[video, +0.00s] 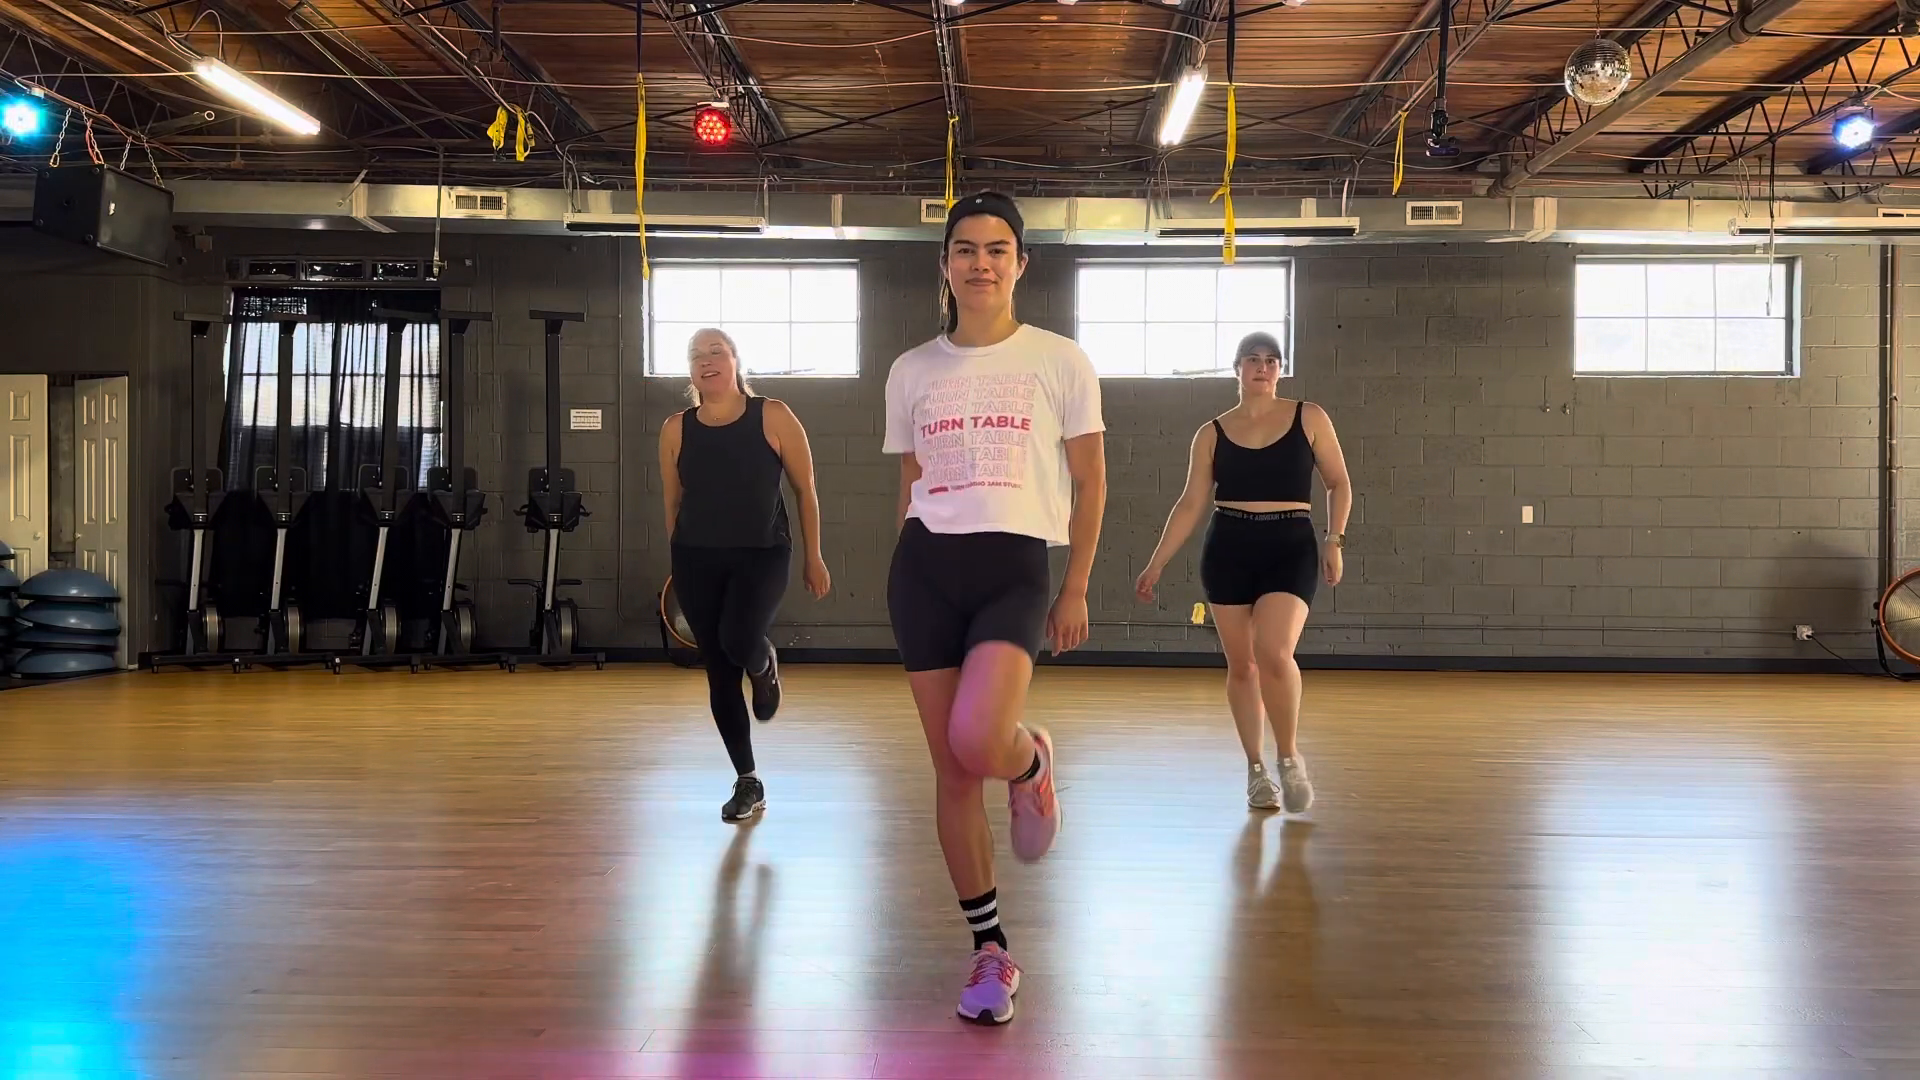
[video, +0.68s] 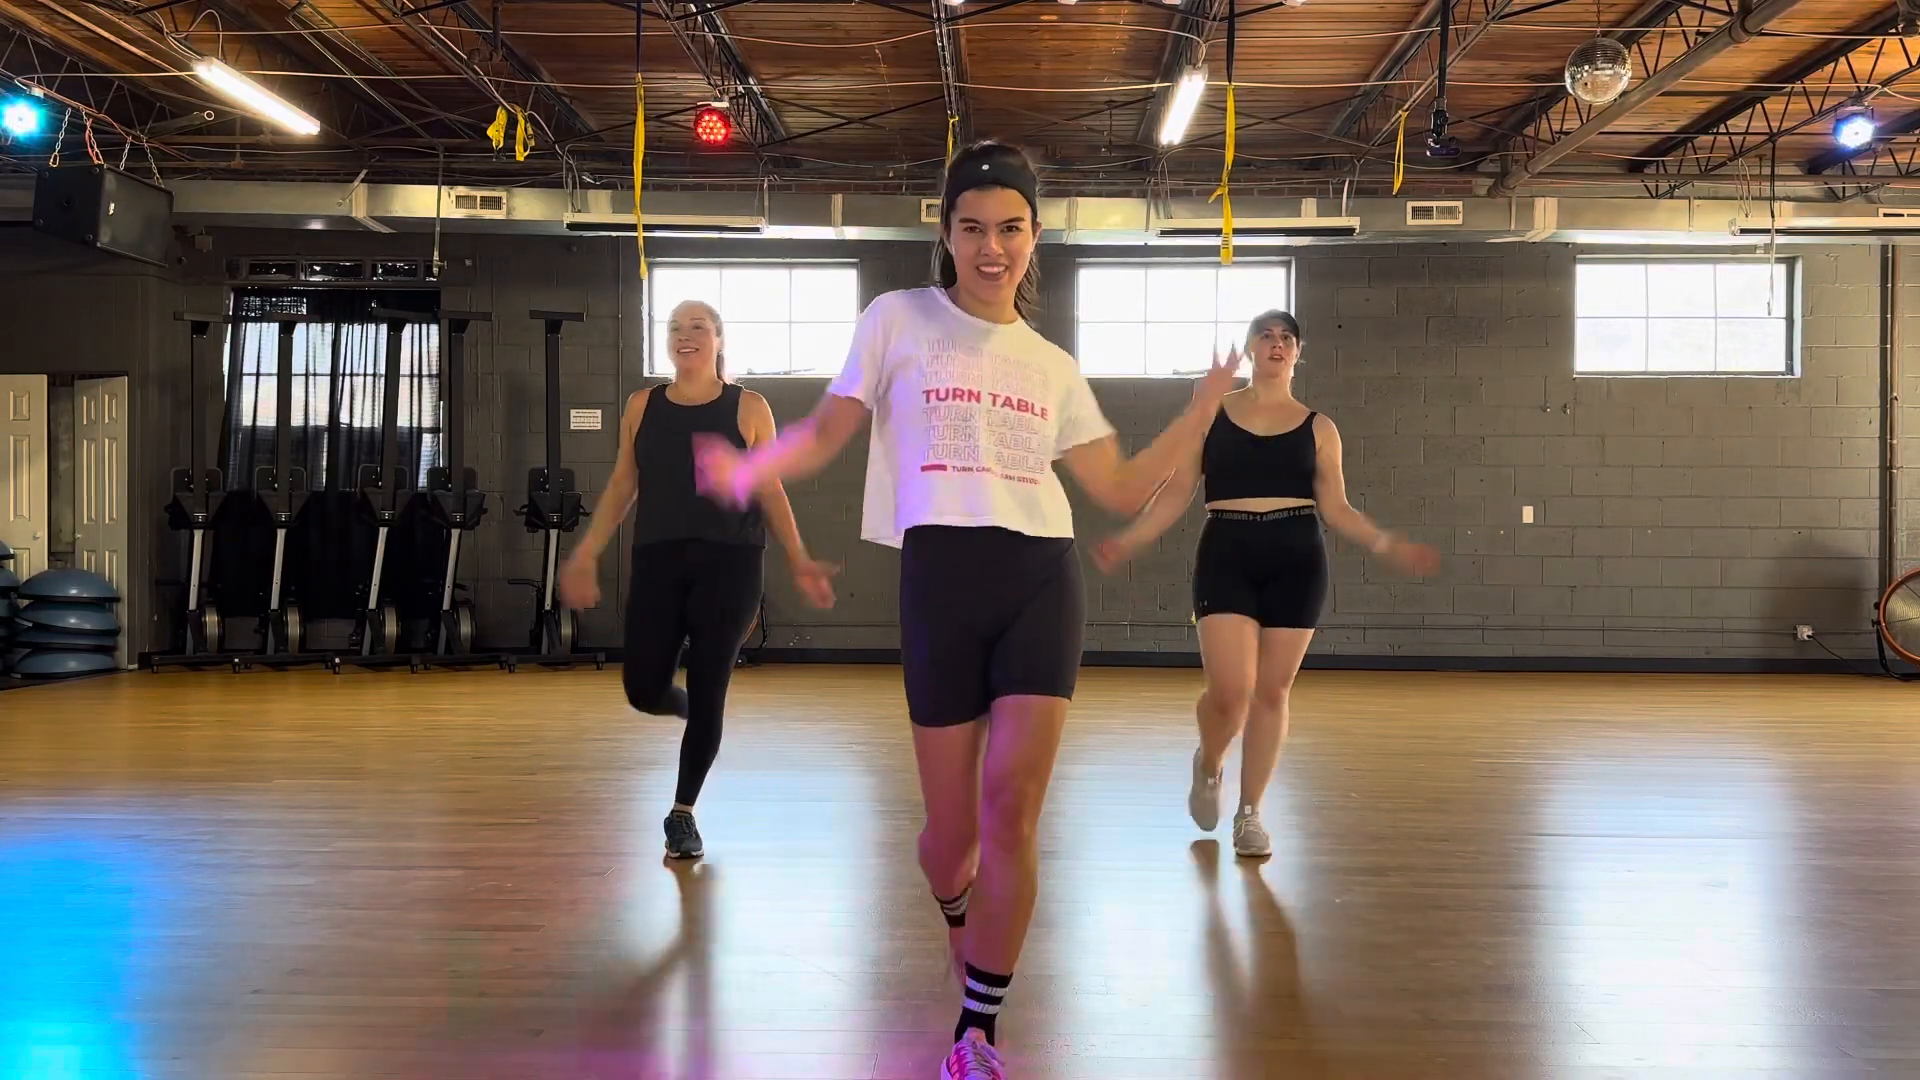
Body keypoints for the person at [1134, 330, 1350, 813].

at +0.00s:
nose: (1262, 367)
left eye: (1270, 361)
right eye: (1253, 360)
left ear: (1281, 371)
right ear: (1237, 370)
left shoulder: (1308, 418)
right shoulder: (1212, 433)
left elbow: (1339, 483)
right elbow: (1190, 504)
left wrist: (1334, 539)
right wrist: (1157, 562)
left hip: (1290, 548)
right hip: (1229, 549)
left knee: (1273, 652)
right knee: (1242, 667)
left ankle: (1288, 758)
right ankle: (1256, 769)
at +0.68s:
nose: (1276, 344)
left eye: (1286, 337)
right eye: (1265, 336)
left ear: (1298, 354)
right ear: (1246, 351)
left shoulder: (1319, 427)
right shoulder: (1212, 413)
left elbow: (1336, 508)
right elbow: (1177, 490)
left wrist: (1389, 545)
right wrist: (1130, 538)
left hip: (1297, 562)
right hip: (1226, 557)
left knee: (1273, 694)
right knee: (1230, 694)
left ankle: (1251, 812)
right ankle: (1209, 768)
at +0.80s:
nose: (1275, 342)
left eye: (1285, 336)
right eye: (1265, 334)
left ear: (1298, 353)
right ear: (1247, 349)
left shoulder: (1317, 420)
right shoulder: (1210, 408)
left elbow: (1364, 476)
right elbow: (1154, 465)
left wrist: (1406, 417)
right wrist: (1094, 416)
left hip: (1298, 548)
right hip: (1227, 546)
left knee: (1278, 691)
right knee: (1267, 653)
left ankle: (1251, 811)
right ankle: (1224, 746)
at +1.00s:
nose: (1265, 335)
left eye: (1275, 328)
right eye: (1255, 327)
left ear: (1288, 341)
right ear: (1237, 339)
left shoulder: (1314, 392)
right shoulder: (1211, 392)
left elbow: (1402, 391)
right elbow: (1130, 381)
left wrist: (1343, 368)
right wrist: (1173, 385)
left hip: (1304, 543)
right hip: (1232, 544)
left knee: (1277, 681)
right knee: (1286, 639)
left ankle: (1253, 809)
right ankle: (1295, 787)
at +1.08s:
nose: (1263, 338)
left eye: (1273, 330)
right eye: (1252, 330)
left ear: (1287, 339)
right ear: (1236, 339)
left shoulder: (1312, 373)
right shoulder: (1214, 390)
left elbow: (1398, 384)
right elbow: (1133, 387)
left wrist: (1346, 412)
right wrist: (1188, 425)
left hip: (1311, 539)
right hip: (1242, 541)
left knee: (1281, 689)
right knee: (1283, 683)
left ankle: (1251, 808)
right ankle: (1299, 828)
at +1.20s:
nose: (1264, 340)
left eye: (1274, 332)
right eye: (1254, 332)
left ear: (1290, 340)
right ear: (1239, 341)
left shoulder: (1316, 370)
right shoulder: (1223, 393)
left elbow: (1377, 428)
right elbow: (1186, 460)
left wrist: (1374, 502)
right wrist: (1223, 523)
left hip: (1322, 544)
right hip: (1258, 543)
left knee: (1295, 705)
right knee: (1265, 700)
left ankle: (1249, 801)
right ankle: (1287, 846)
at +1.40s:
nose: (1305, 342)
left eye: (1313, 330)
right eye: (1292, 332)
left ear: (1323, 333)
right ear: (1266, 337)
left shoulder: (1332, 369)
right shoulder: (1254, 421)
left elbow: (1347, 442)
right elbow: (1253, 521)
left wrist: (1354, 506)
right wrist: (1266, 604)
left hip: (1316, 554)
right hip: (1277, 559)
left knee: (1318, 693)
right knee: (1271, 703)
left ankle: (1236, 800)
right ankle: (1277, 850)